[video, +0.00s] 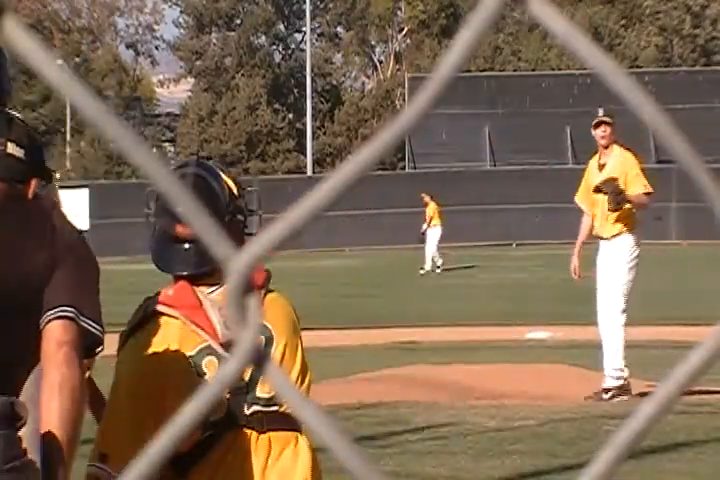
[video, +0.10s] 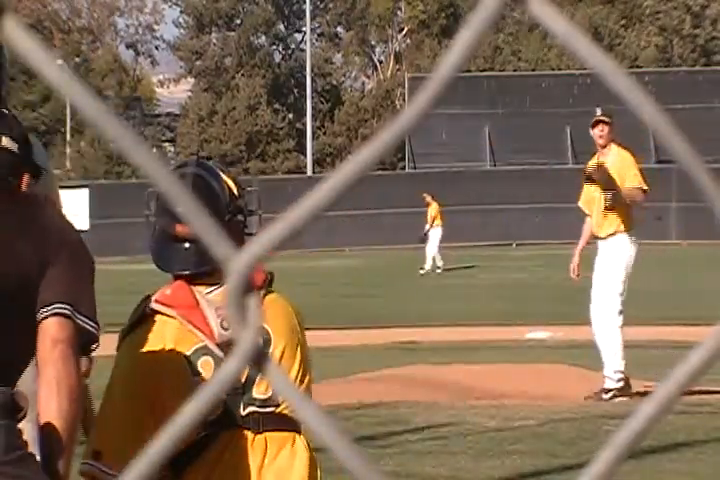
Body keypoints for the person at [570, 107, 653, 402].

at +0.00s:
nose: (603, 132)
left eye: (607, 127)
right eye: (598, 127)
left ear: (614, 131)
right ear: (593, 133)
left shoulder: (625, 158)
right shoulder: (593, 165)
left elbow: (646, 198)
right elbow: (588, 214)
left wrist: (623, 198)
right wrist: (576, 251)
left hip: (623, 240)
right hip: (604, 242)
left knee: (614, 308)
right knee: (603, 309)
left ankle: (617, 377)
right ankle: (612, 376)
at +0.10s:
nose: (601, 131)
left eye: (605, 126)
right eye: (596, 126)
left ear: (612, 130)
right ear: (591, 131)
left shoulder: (620, 156)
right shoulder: (592, 164)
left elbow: (638, 196)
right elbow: (591, 215)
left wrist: (610, 185)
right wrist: (577, 252)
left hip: (620, 241)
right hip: (603, 243)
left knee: (608, 309)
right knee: (597, 309)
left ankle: (616, 377)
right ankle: (613, 376)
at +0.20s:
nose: (599, 128)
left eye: (603, 123)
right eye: (594, 123)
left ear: (610, 127)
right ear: (589, 129)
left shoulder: (618, 151)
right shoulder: (592, 161)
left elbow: (633, 184)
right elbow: (591, 213)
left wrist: (605, 167)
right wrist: (580, 250)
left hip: (618, 235)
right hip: (601, 237)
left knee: (607, 305)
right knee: (594, 307)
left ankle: (616, 376)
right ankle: (613, 375)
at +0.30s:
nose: (598, 124)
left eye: (602, 120)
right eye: (595, 120)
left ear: (609, 125)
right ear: (590, 125)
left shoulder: (618, 148)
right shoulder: (588, 163)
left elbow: (623, 162)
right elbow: (592, 212)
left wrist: (603, 148)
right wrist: (579, 250)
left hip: (616, 232)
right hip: (598, 235)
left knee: (607, 304)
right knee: (591, 306)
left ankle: (617, 376)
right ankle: (613, 374)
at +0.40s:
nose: (599, 130)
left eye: (604, 124)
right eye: (597, 125)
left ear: (608, 129)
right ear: (593, 131)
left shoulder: (606, 156)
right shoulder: (589, 164)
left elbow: (611, 137)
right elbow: (590, 214)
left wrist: (593, 116)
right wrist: (578, 251)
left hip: (612, 233)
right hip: (598, 234)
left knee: (600, 307)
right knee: (590, 308)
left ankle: (616, 378)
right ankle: (612, 377)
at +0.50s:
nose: (592, 121)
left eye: (597, 118)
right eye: (593, 117)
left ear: (602, 123)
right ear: (592, 124)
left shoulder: (600, 148)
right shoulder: (590, 158)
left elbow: (598, 112)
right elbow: (591, 206)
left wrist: (581, 80)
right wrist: (582, 240)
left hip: (605, 226)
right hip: (596, 228)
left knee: (600, 299)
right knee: (597, 299)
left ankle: (612, 373)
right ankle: (610, 372)